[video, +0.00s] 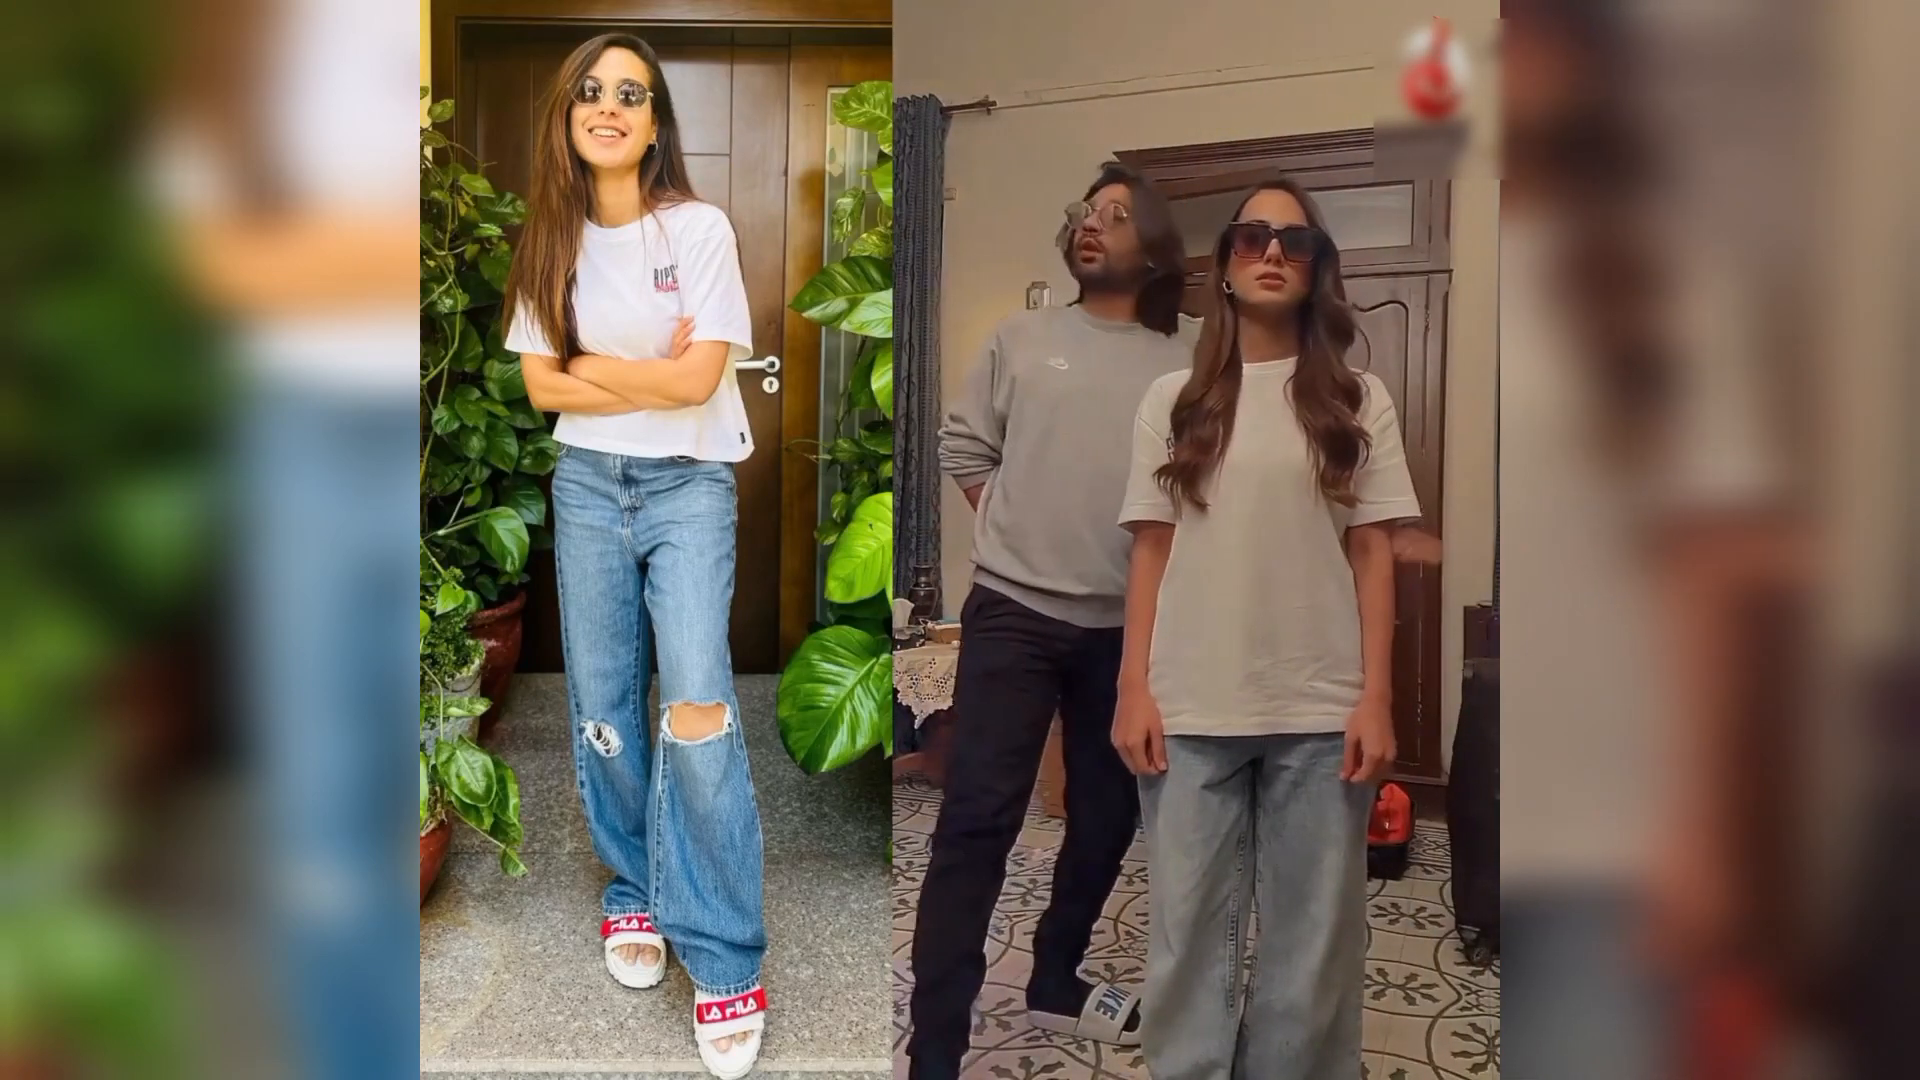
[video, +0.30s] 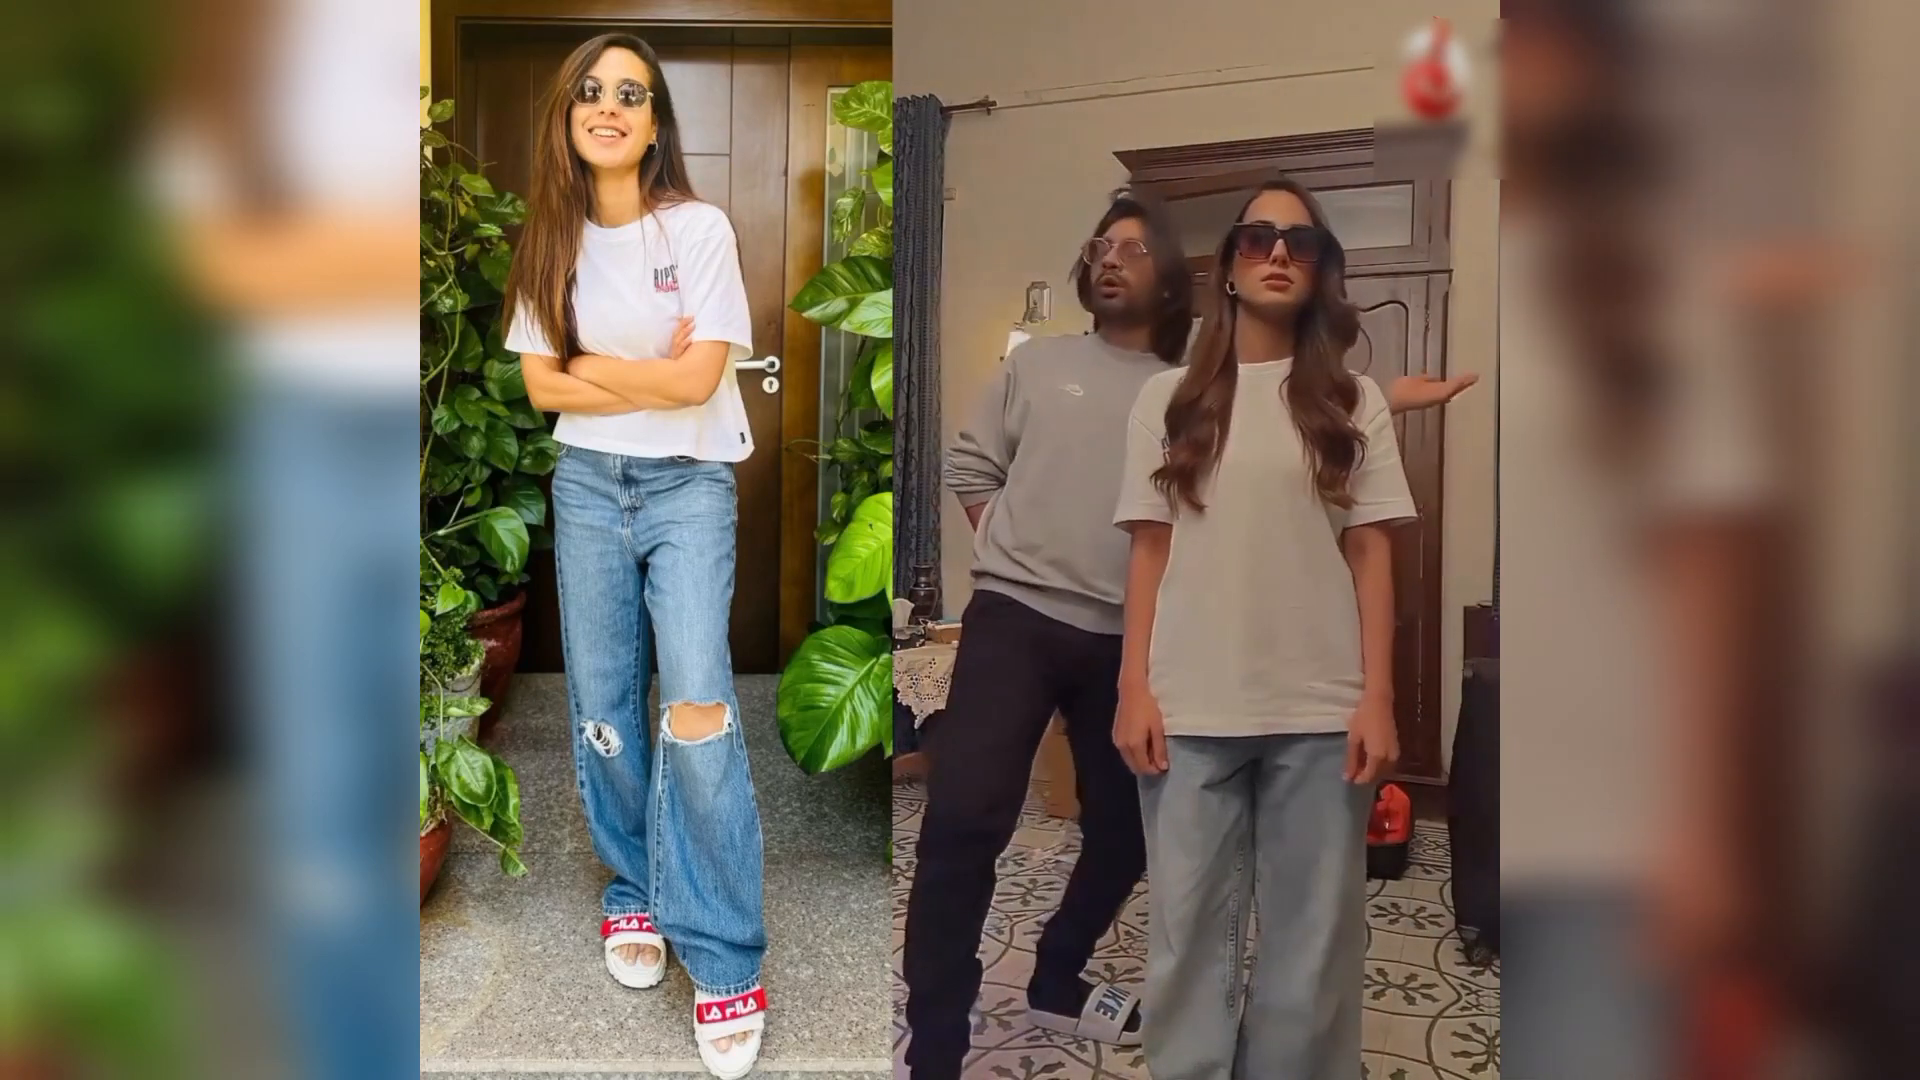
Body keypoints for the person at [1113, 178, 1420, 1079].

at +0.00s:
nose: (1272, 252)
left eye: (1294, 241)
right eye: (1253, 238)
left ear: (1318, 269)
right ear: (1225, 264)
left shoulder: (1358, 396)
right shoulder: (1174, 396)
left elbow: (1373, 555)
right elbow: (1150, 548)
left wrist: (1375, 699)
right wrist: (1134, 684)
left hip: (1324, 717)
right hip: (1191, 716)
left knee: (1312, 959)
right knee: (1184, 949)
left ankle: (1289, 1074)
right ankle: (1186, 1070)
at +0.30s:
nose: (1280, 252)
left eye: (1300, 241)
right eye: (1260, 239)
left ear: (1324, 269)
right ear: (1227, 266)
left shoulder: (1353, 398)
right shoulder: (1173, 394)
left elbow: (1371, 555)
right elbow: (1149, 548)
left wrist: (1377, 699)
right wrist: (1134, 684)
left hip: (1322, 719)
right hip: (1190, 717)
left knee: (1310, 960)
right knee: (1183, 951)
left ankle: (1290, 1074)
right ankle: (1185, 1069)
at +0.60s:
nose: (1262, 255)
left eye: (1284, 243)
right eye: (1242, 241)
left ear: (1308, 270)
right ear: (1215, 266)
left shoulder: (1356, 394)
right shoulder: (1172, 399)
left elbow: (1372, 552)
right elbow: (1150, 551)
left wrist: (1368, 696)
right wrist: (1130, 687)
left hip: (1320, 719)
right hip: (1187, 718)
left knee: (1310, 956)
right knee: (1183, 946)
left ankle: (1292, 1073)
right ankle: (1185, 1070)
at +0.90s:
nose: (1274, 247)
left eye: (1295, 236)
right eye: (1255, 233)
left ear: (1320, 265)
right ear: (1225, 260)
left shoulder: (1351, 393)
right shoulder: (1168, 390)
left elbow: (1354, 542)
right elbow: (1164, 540)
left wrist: (1421, 535)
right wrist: (1103, 552)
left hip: (1320, 707)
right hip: (1185, 705)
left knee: (1310, 951)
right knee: (1183, 943)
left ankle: (1293, 1071)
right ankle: (1184, 1067)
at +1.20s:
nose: (1267, 248)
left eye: (1289, 236)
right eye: (1247, 234)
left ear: (1314, 267)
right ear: (1219, 263)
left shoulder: (1347, 395)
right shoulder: (1165, 397)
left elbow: (1361, 543)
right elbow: (1161, 542)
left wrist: (1414, 545)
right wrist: (1095, 544)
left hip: (1320, 713)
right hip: (1183, 712)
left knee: (1309, 958)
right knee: (1184, 950)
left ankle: (1292, 1070)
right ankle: (1185, 1066)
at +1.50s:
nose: (1266, 249)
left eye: (1287, 237)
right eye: (1248, 235)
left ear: (1313, 265)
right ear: (1219, 262)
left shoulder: (1346, 393)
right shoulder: (1162, 392)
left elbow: (1360, 552)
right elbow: (1154, 542)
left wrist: (1420, 517)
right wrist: (1093, 518)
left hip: (1317, 705)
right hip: (1182, 705)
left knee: (1310, 946)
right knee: (1182, 938)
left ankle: (1294, 1071)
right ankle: (1186, 1067)